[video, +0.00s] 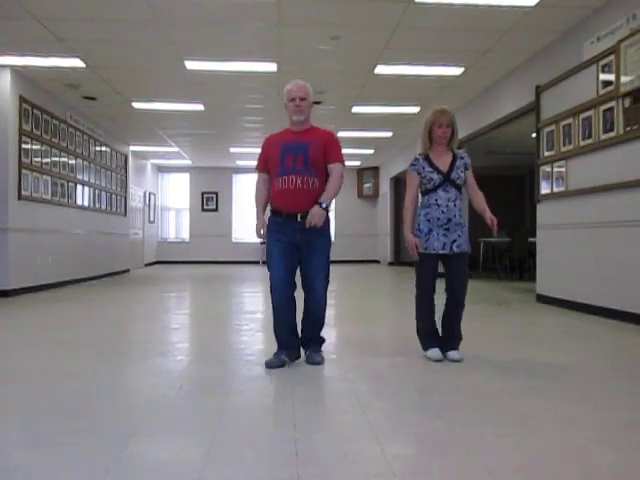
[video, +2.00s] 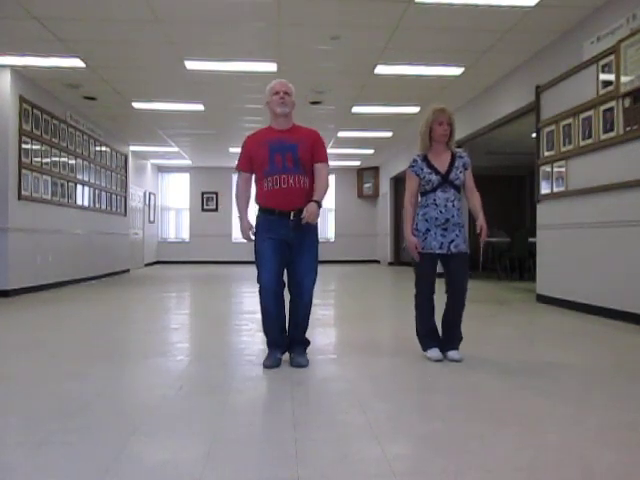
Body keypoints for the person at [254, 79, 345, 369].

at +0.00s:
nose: (297, 103)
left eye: (303, 98)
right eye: (292, 99)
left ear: (311, 102)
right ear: (285, 104)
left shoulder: (326, 138)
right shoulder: (272, 142)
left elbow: (337, 174)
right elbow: (263, 180)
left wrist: (323, 205)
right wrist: (260, 214)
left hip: (314, 222)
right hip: (280, 223)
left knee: (316, 288)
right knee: (280, 288)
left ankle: (313, 345)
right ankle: (287, 348)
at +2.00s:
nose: (282, 96)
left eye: (287, 93)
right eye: (276, 93)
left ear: (295, 102)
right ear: (267, 102)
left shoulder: (311, 137)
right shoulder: (254, 141)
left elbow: (322, 175)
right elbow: (243, 182)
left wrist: (316, 202)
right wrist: (243, 216)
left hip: (304, 220)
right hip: (269, 220)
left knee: (303, 287)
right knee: (268, 285)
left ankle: (298, 346)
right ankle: (275, 347)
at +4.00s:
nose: (270, 97)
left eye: (275, 93)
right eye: (265, 94)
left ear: (284, 102)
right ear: (255, 103)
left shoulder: (300, 138)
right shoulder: (242, 140)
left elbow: (312, 179)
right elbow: (229, 181)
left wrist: (310, 214)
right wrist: (229, 218)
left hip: (293, 221)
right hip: (257, 220)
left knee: (288, 290)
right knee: (257, 286)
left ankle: (278, 347)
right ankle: (257, 346)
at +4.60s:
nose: (270, 97)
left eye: (275, 93)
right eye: (265, 94)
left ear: (285, 102)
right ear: (258, 102)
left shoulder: (301, 139)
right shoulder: (243, 139)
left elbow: (313, 179)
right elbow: (229, 178)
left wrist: (311, 213)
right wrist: (232, 215)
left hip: (293, 221)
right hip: (258, 220)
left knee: (289, 288)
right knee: (262, 285)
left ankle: (277, 348)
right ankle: (257, 348)